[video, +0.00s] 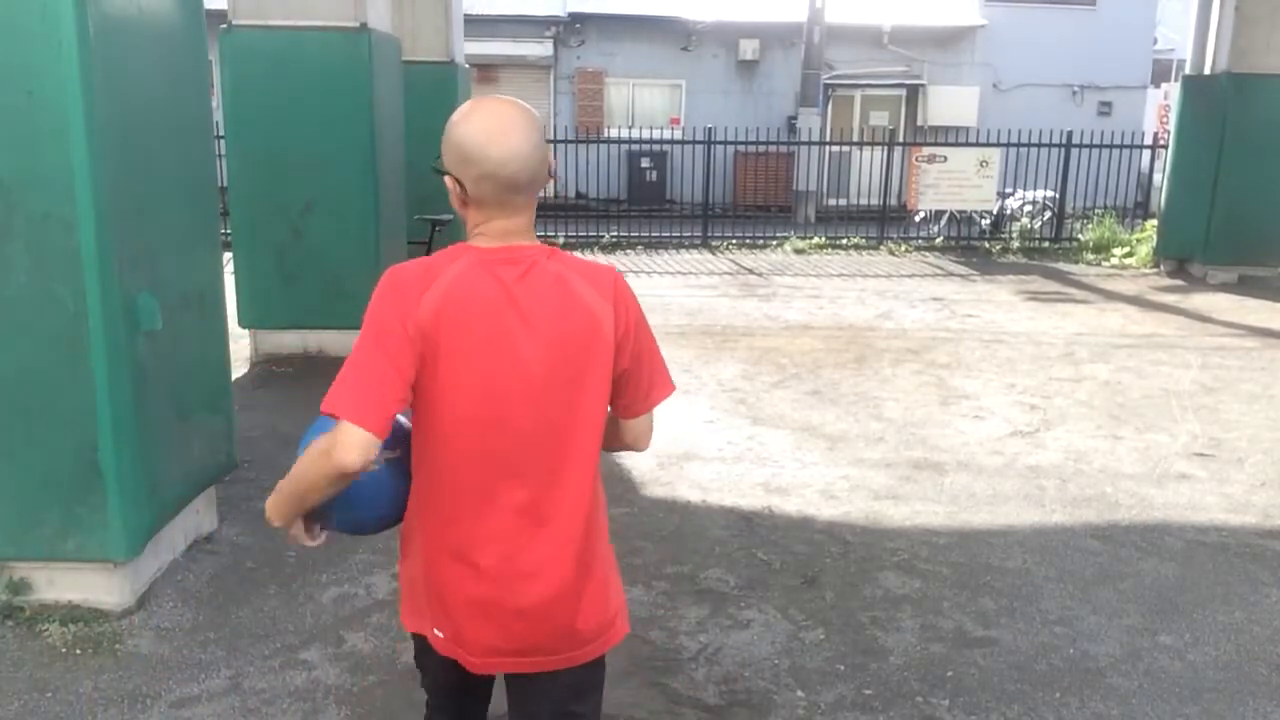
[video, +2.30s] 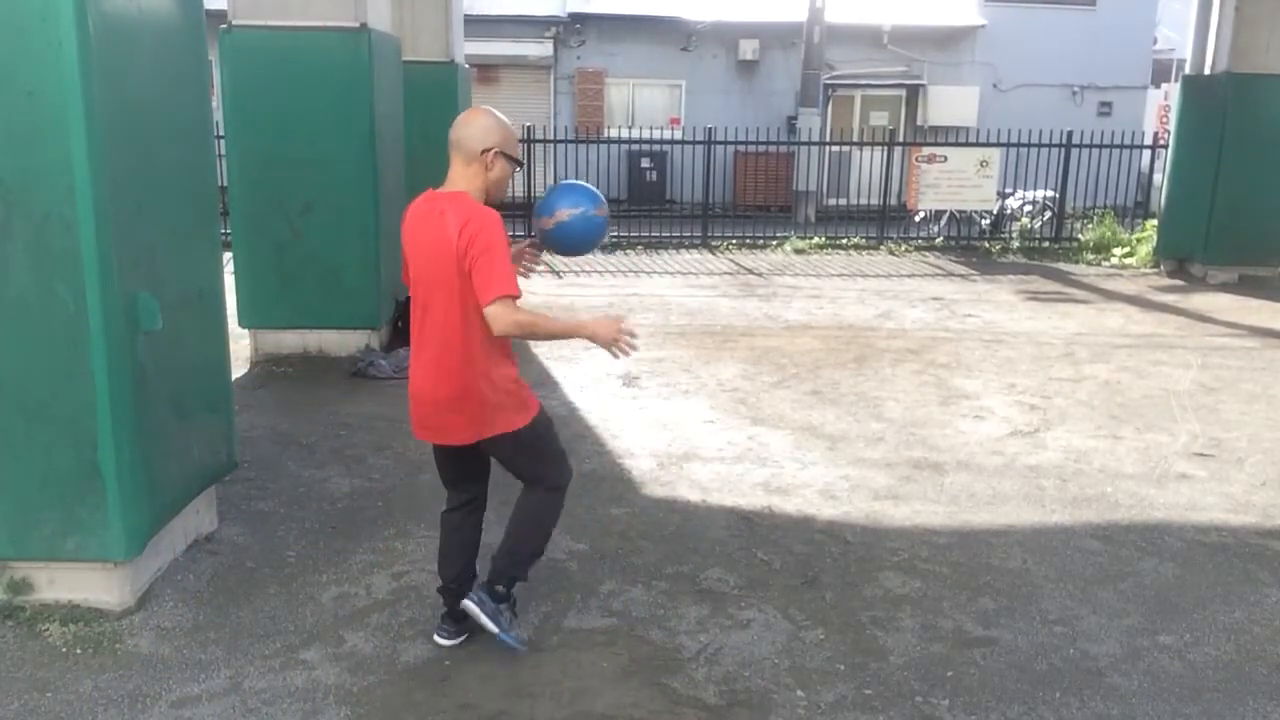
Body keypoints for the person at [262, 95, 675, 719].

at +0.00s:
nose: (443, 187)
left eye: (445, 177)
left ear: (456, 191)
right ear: (548, 176)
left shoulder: (412, 289)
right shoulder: (602, 289)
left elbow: (352, 450)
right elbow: (633, 432)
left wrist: (284, 504)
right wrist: (545, 419)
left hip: (452, 598)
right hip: (566, 599)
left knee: (452, 710)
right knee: (563, 711)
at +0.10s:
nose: (436, 189)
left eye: (436, 179)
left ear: (445, 195)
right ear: (531, 183)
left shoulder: (408, 299)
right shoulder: (584, 288)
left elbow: (398, 465)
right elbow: (614, 423)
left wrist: (336, 520)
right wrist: (526, 403)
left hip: (443, 576)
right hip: (550, 578)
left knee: (447, 705)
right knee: (553, 710)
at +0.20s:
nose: (424, 184)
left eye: (425, 174)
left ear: (433, 188)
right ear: (517, 178)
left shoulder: (398, 295)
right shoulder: (568, 279)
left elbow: (398, 450)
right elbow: (596, 408)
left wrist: (351, 486)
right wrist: (516, 392)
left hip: (431, 548)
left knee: (434, 694)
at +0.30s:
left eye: (423, 152)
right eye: (513, 142)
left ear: (427, 167)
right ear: (513, 159)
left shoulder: (391, 268)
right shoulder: (558, 259)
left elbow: (365, 411)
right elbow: (582, 379)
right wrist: (516, 349)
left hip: (432, 512)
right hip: (530, 507)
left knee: (438, 661)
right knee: (547, 633)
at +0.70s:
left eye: (472, 156)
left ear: (472, 172)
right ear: (545, 172)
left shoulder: (431, 251)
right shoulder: (574, 260)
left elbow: (385, 365)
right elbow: (593, 370)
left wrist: (425, 383)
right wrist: (615, 326)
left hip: (446, 471)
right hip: (532, 470)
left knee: (436, 611)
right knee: (525, 587)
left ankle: (439, 713)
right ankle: (520, 693)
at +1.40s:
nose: (531, 165)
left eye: (532, 154)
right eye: (531, 154)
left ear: (471, 151)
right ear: (516, 154)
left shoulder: (427, 216)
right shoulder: (514, 226)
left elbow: (410, 313)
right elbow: (542, 329)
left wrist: (475, 296)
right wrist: (570, 310)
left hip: (452, 411)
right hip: (513, 416)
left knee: (453, 521)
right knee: (527, 547)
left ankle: (438, 630)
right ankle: (516, 679)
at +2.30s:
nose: (512, 176)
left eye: (514, 165)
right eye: (512, 163)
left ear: (458, 155)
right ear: (488, 158)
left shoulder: (418, 210)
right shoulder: (480, 220)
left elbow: (418, 280)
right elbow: (503, 318)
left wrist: (499, 262)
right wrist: (585, 328)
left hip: (434, 392)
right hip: (488, 392)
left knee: (463, 497)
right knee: (549, 476)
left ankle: (454, 614)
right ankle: (497, 592)